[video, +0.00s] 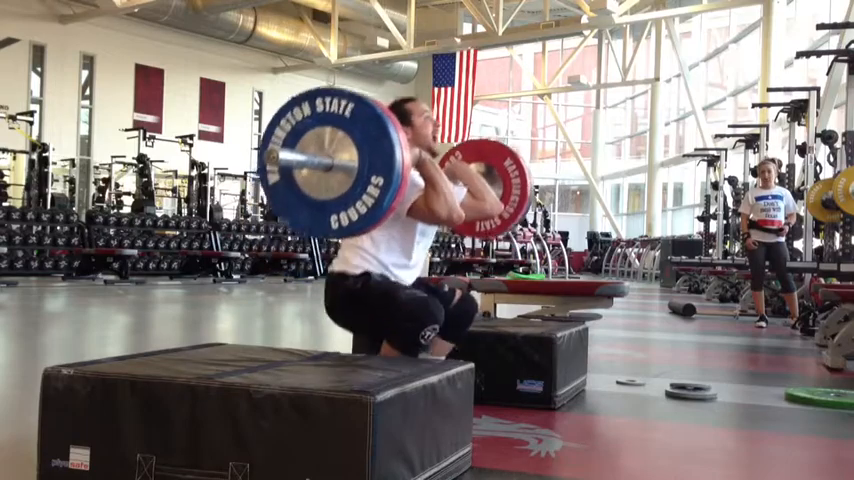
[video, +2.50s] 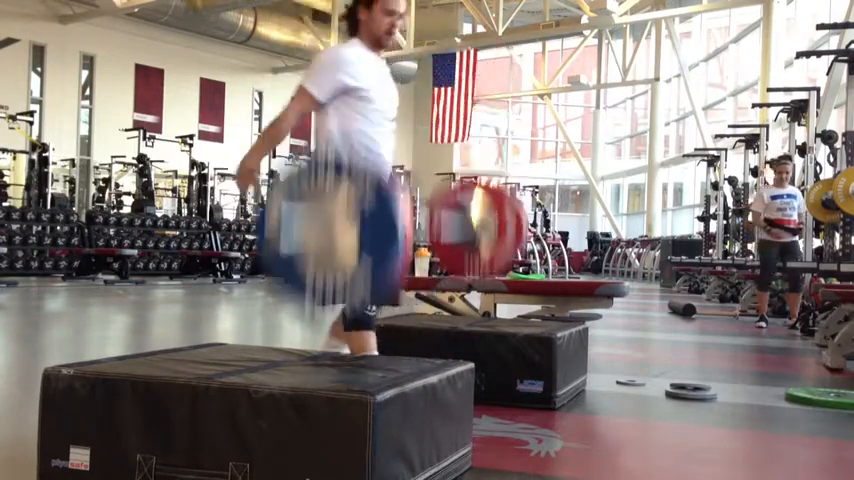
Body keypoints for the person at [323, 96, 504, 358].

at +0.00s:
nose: (436, 123)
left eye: (433, 118)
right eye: (426, 118)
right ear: (403, 131)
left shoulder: (426, 179)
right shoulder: (390, 169)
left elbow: (491, 207)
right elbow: (445, 213)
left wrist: (462, 170)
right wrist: (423, 160)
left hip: (399, 283)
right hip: (353, 283)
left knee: (462, 306)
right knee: (423, 313)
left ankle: (420, 388)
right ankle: (377, 390)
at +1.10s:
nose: (425, 82)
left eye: (426, 76)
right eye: (416, 75)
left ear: (429, 82)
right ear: (399, 81)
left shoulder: (426, 130)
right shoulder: (393, 119)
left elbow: (492, 152)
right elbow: (454, 149)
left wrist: (445, 112)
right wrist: (429, 98)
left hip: (400, 248)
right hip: (366, 242)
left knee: (459, 299)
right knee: (419, 309)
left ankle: (414, 389)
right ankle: (377, 396)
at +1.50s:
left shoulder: (438, 92)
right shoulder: (398, 76)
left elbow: (498, 103)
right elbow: (460, 92)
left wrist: (454, 69)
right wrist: (430, 48)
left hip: (438, 214)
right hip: (403, 207)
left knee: (457, 297)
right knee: (415, 303)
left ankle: (418, 383)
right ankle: (378, 393)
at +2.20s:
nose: (430, 10)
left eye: (431, 5)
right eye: (424, 3)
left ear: (431, 12)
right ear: (404, 7)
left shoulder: (430, 59)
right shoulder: (388, 44)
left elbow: (451, 121)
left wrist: (470, 85)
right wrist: (434, 67)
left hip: (415, 193)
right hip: (378, 186)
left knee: (411, 296)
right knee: (378, 296)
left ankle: (412, 382)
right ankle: (370, 389)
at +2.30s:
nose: (430, 15)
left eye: (432, 10)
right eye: (426, 7)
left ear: (424, 12)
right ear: (407, 4)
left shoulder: (410, 47)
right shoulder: (371, 36)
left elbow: (403, 98)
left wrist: (439, 87)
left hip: (401, 188)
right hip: (367, 186)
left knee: (414, 276)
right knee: (371, 294)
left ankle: (391, 373)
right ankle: (370, 386)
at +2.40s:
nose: (415, 15)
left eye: (417, 9)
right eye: (408, 6)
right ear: (381, 7)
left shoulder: (399, 65)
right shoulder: (362, 52)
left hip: (396, 196)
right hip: (361, 194)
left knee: (403, 292)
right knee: (367, 299)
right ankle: (373, 386)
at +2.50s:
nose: (398, 24)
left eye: (402, 16)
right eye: (390, 14)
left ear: (403, 20)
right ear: (363, 13)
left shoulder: (381, 70)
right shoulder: (340, 58)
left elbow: (373, 136)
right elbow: (292, 113)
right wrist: (252, 160)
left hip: (375, 189)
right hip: (343, 186)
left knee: (370, 286)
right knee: (358, 291)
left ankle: (323, 365)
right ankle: (373, 384)